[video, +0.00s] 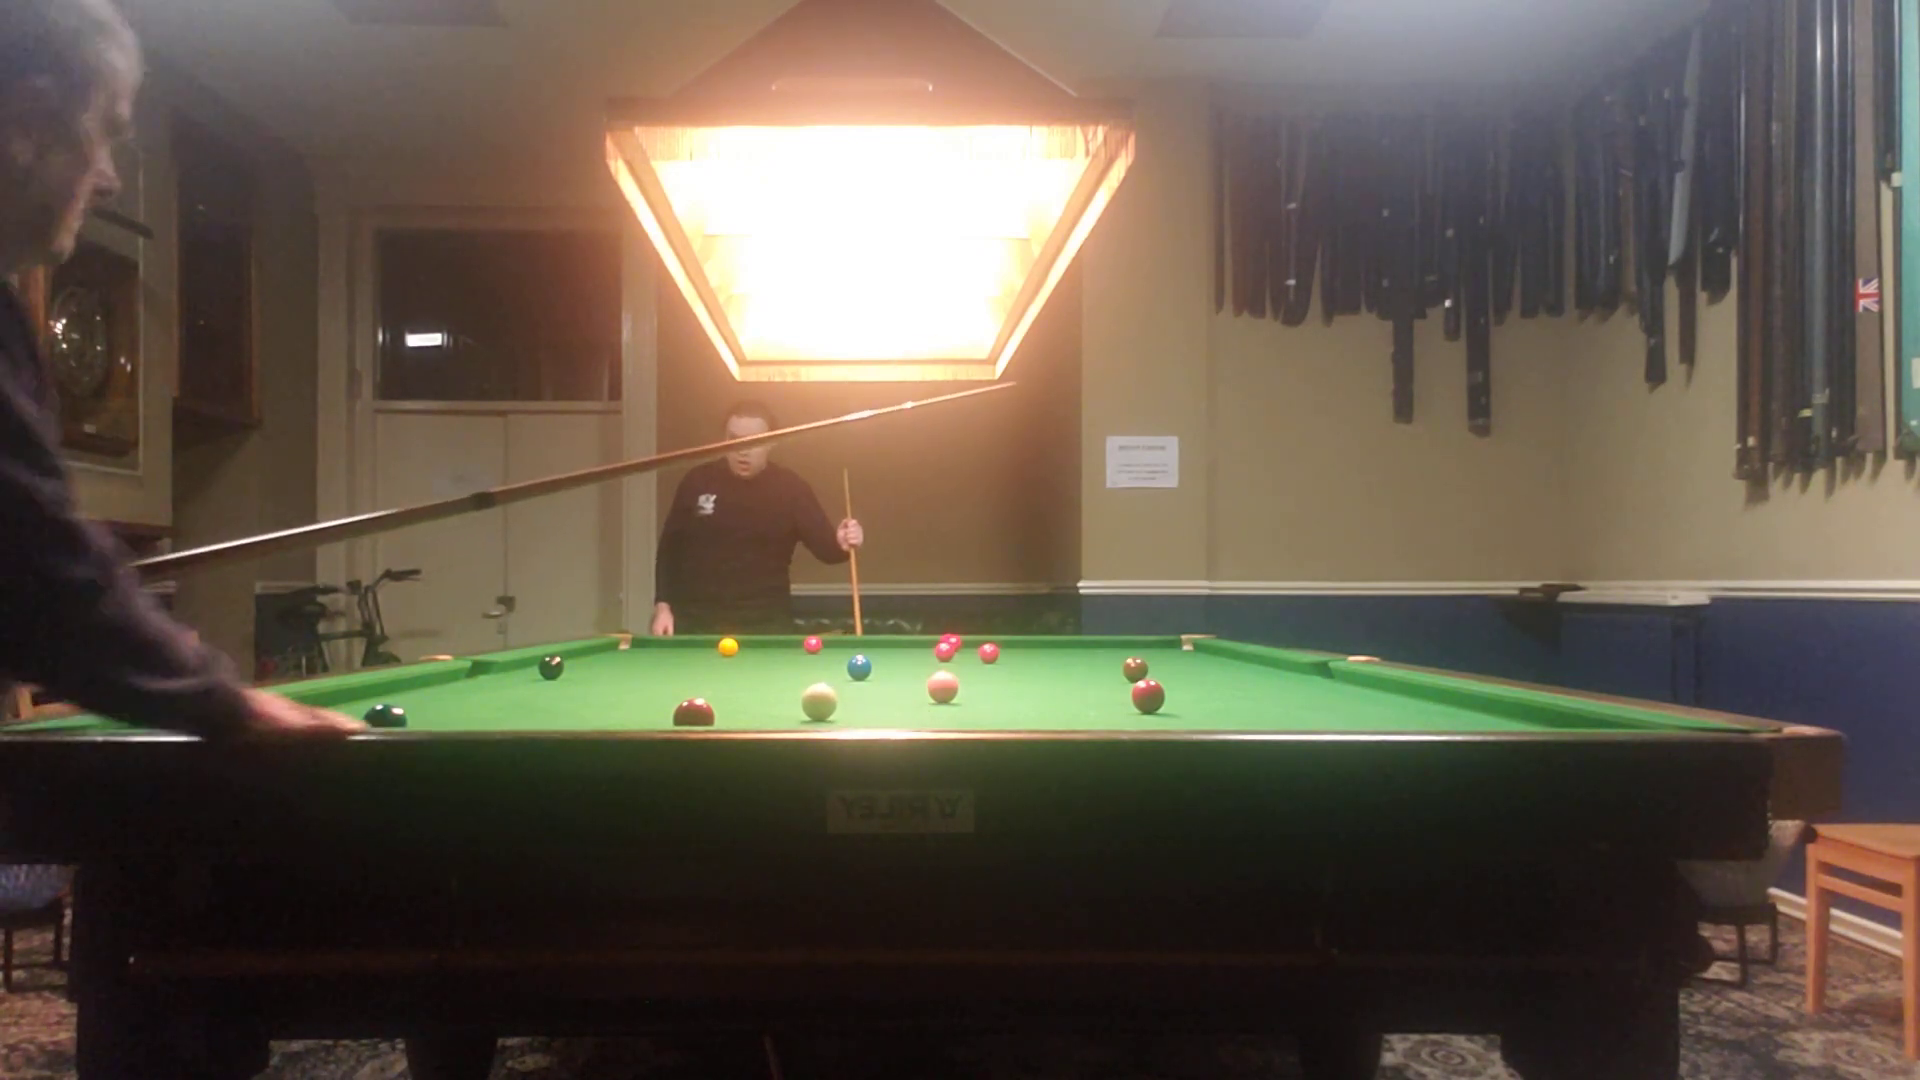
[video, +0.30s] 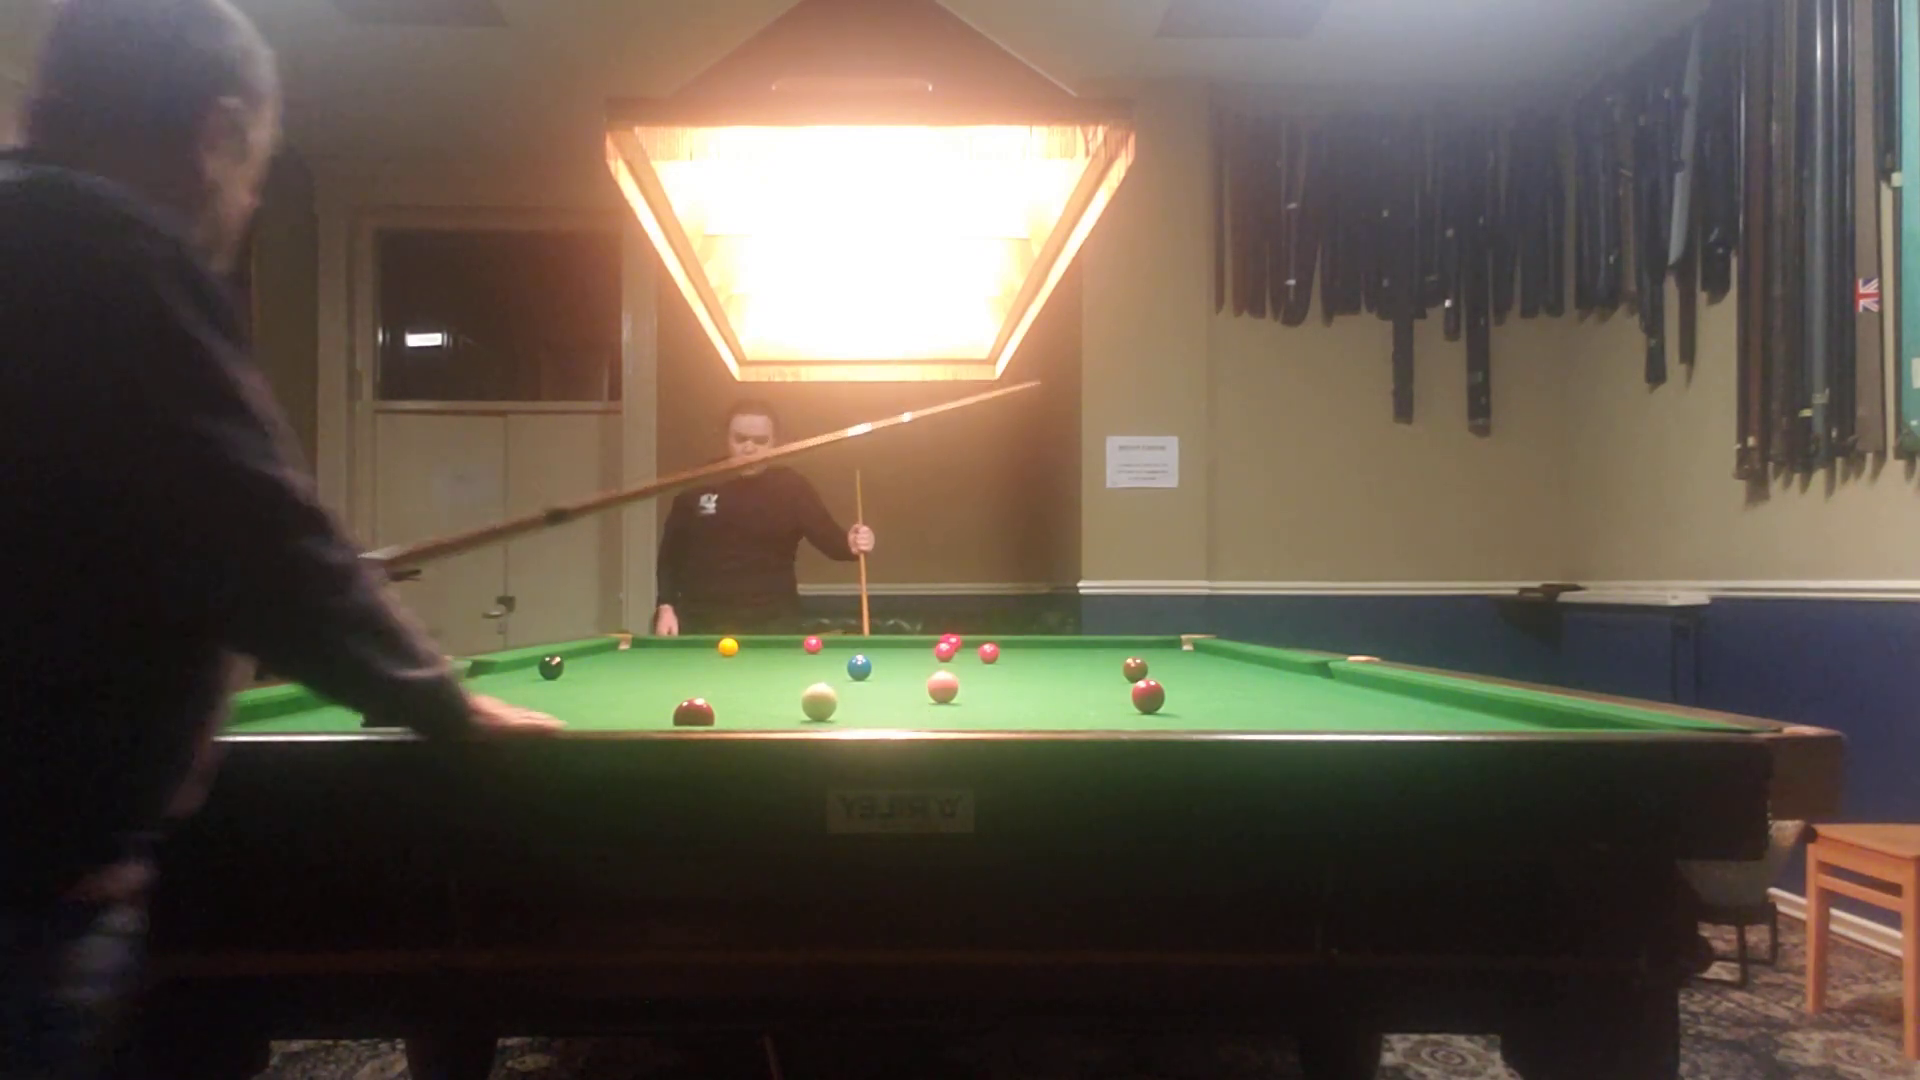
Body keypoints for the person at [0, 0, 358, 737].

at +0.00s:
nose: (110, 177)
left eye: (115, 139)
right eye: (103, 131)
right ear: (22, 118)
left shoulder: (13, 319)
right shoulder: (5, 320)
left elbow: (42, 553)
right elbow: (42, 557)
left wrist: (222, 699)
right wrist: (230, 707)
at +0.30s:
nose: (255, 201)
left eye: (265, 167)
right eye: (259, 161)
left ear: (51, 107)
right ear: (214, 135)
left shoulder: (22, 222)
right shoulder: (116, 262)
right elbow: (264, 536)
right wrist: (450, 704)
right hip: (50, 880)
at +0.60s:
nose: (452, 166)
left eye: (460, 135)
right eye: (456, 130)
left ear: (248, 94)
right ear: (424, 109)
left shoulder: (94, 228)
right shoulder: (368, 227)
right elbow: (498, 500)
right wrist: (646, 689)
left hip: (52, 807)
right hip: (251, 830)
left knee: (135, 1057)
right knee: (410, 1055)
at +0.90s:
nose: (692, 130)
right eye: (691, 103)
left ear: (522, 62)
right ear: (675, 88)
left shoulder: (338, 216)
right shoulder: (692, 223)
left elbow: (183, 482)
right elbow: (803, 506)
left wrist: (340, 594)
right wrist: (855, 687)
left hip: (301, 795)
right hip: (562, 809)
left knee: (333, 1059)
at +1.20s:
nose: (921, 92)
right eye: (923, 75)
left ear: (725, 37)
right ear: (907, 80)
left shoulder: (544, 188)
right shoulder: (960, 222)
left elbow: (357, 455)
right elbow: (1042, 524)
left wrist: (506, 604)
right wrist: (1008, 697)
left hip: (538, 776)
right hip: (807, 782)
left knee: (549, 1065)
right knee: (786, 1063)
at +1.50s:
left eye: (816, 98)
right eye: (1006, 93)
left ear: (817, 100)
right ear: (998, 103)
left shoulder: (695, 256)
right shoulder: (1094, 249)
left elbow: (550, 536)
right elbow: (1187, 573)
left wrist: (683, 685)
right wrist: (1076, 708)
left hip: (760, 834)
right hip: (1027, 831)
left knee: (779, 1070)